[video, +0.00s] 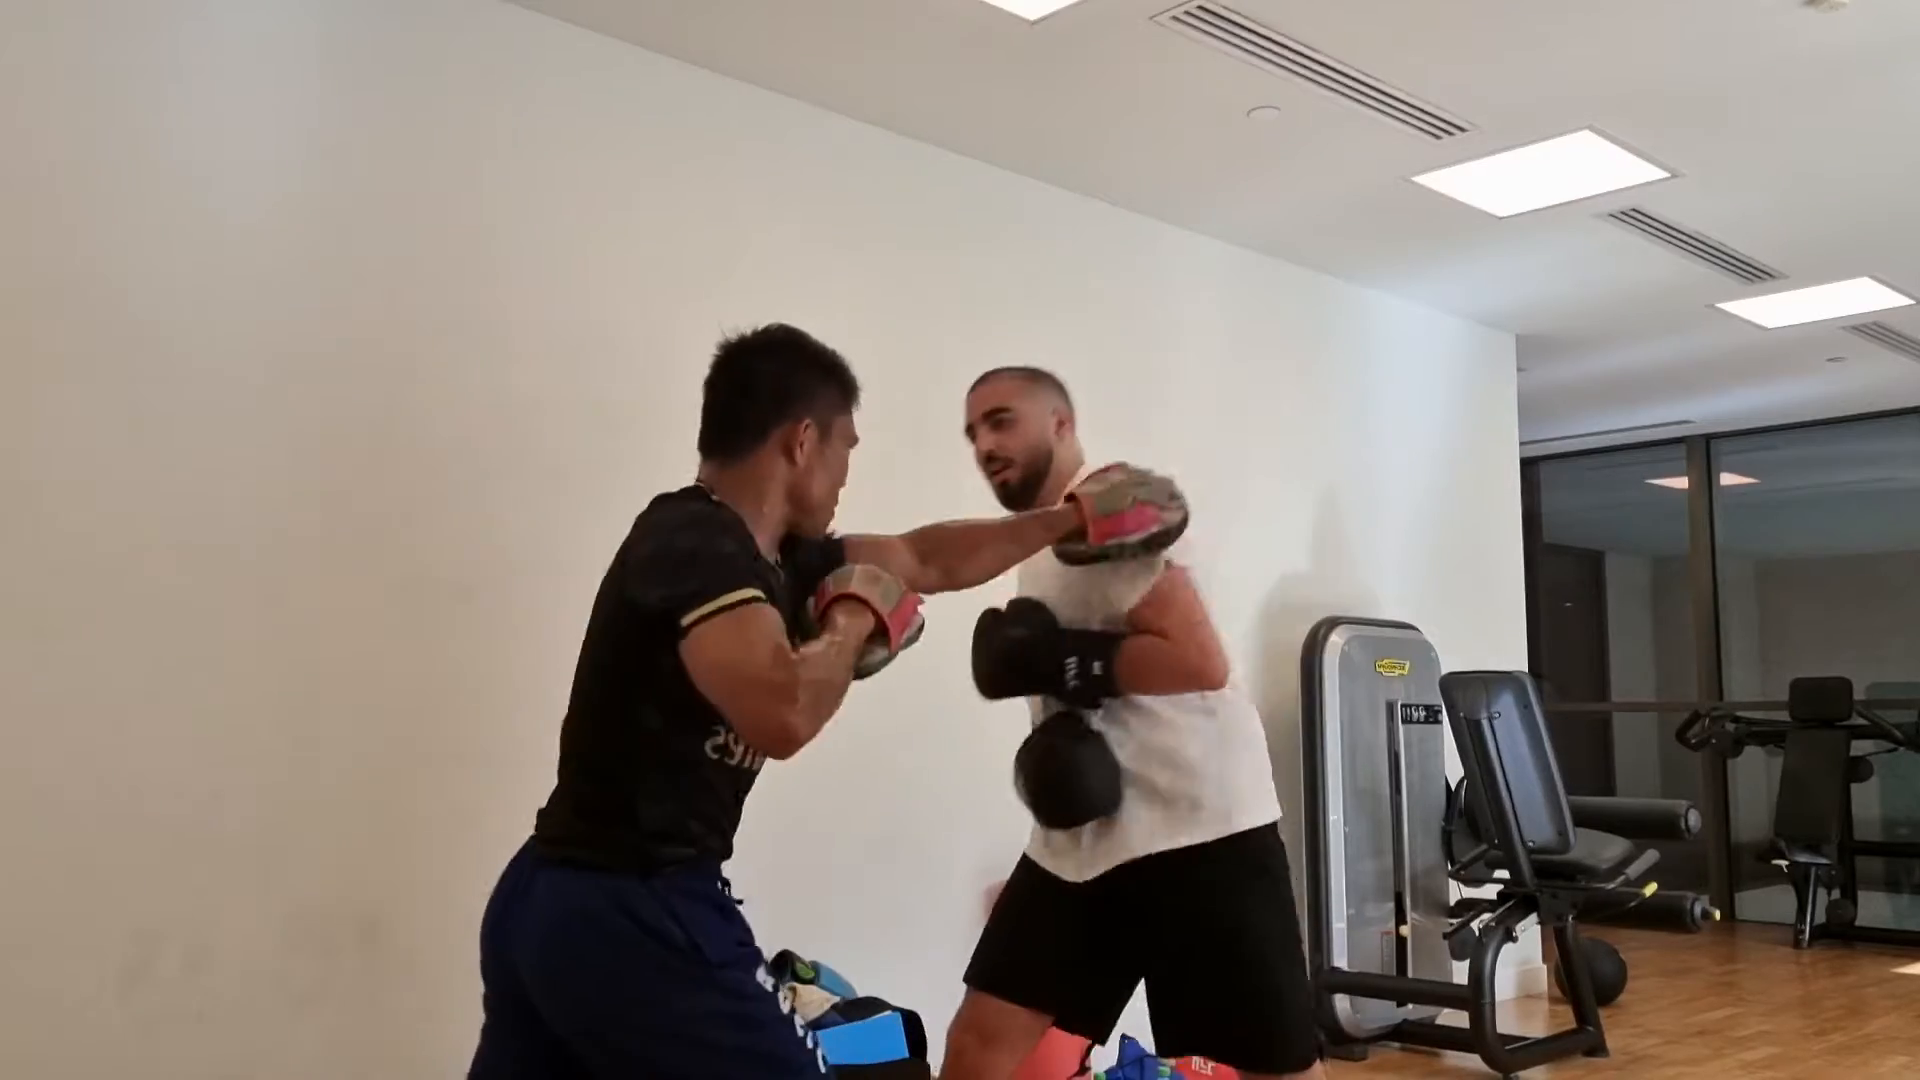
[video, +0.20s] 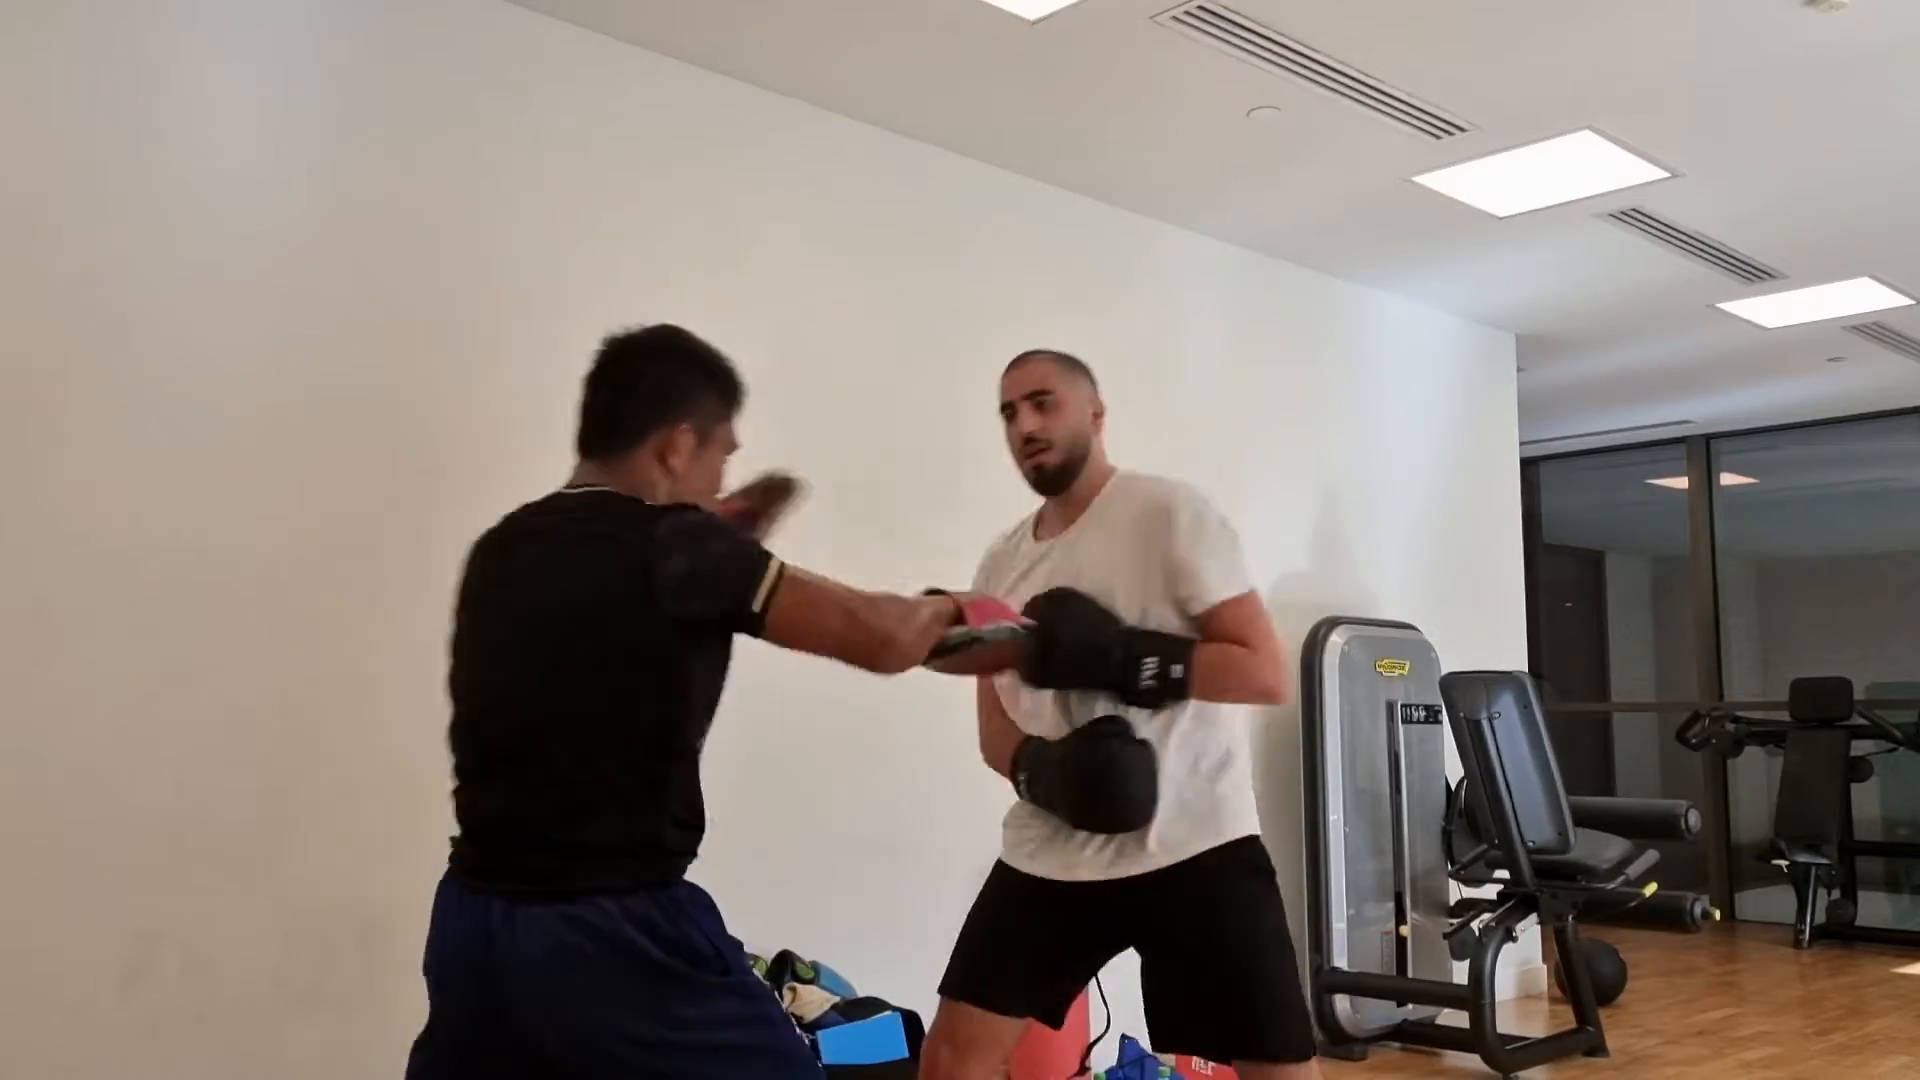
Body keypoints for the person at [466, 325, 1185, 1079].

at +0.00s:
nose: (848, 471)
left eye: (852, 450)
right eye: (847, 447)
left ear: (773, 442)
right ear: (798, 443)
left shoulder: (769, 552)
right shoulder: (700, 542)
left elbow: (919, 558)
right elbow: (781, 719)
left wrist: (1059, 522)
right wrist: (863, 601)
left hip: (563, 906)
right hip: (641, 917)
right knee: (788, 1065)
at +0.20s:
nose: (722, 479)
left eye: (728, 462)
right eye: (720, 459)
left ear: (593, 434)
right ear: (676, 448)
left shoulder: (498, 550)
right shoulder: (680, 548)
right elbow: (882, 640)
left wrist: (699, 537)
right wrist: (941, 608)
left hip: (474, 935)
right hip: (626, 942)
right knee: (782, 1062)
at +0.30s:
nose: (629, 497)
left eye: (633, 477)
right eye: (629, 475)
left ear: (490, 456)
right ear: (576, 462)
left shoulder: (388, 587)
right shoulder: (598, 549)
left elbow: (513, 598)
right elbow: (808, 600)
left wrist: (650, 553)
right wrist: (934, 632)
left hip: (449, 972)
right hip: (615, 963)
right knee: (778, 1058)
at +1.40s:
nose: (839, 464)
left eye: (838, 443)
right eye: (837, 443)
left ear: (712, 443)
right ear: (803, 442)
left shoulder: (619, 568)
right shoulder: (843, 527)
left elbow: (588, 747)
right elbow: (1031, 574)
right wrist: (1137, 557)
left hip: (606, 915)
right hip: (776, 924)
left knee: (528, 1068)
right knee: (898, 1066)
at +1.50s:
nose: (790, 484)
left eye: (792, 469)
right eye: (792, 467)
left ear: (666, 464)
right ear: (770, 462)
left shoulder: (575, 578)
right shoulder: (809, 545)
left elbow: (494, 729)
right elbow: (975, 521)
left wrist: (602, 661)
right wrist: (1084, 496)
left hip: (572, 934)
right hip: (752, 941)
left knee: (477, 1071)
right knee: (867, 1065)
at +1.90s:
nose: (735, 519)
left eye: (738, 494)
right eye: (732, 493)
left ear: (606, 489)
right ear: (690, 492)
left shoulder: (527, 609)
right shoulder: (691, 587)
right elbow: (795, 749)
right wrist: (883, 695)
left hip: (501, 978)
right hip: (652, 988)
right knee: (811, 1064)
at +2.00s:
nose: (798, 503)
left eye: (801, 482)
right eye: (798, 481)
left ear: (672, 471)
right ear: (760, 479)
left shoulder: (607, 590)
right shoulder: (721, 581)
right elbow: (839, 742)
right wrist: (920, 677)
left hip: (545, 954)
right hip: (680, 966)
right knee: (847, 1064)